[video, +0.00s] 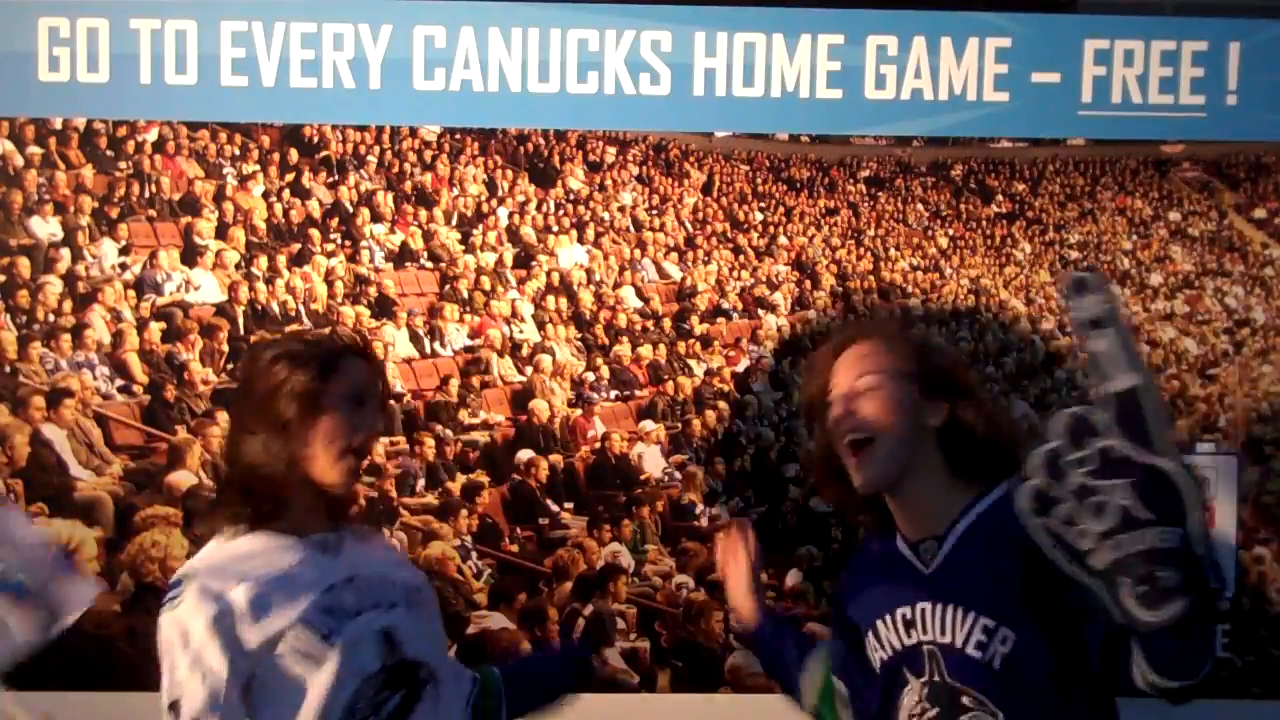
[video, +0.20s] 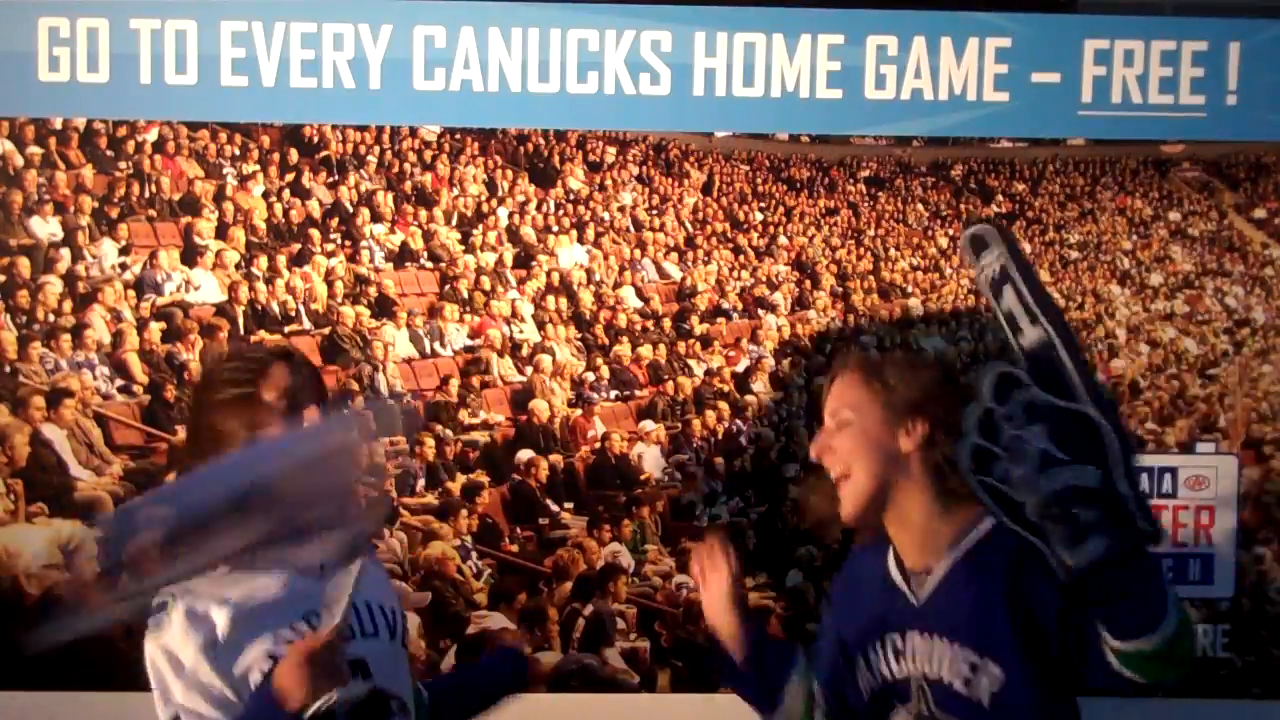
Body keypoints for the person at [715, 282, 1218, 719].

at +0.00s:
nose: (839, 412)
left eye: (866, 387)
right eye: (830, 403)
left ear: (935, 407)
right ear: (830, 436)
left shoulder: (1041, 529)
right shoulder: (868, 573)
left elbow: (1166, 679)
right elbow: (865, 701)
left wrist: (1163, 584)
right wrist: (758, 626)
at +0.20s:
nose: (818, 451)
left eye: (839, 424)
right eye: (823, 427)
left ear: (911, 433)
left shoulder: (1024, 566)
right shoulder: (859, 576)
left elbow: (1154, 674)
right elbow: (825, 707)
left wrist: (1103, 546)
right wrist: (737, 635)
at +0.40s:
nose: (830, 447)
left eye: (846, 416)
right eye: (835, 420)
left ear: (911, 413)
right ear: (909, 413)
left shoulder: (1011, 565)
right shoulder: (857, 557)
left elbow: (1086, 699)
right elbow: (838, 694)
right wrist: (736, 601)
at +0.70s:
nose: (850, 436)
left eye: (867, 408)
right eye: (847, 413)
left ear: (939, 404)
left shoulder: (1026, 568)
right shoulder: (855, 529)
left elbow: (1078, 716)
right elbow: (729, 555)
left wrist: (1127, 653)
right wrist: (794, 416)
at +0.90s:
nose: (837, 459)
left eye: (867, 436)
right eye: (834, 437)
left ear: (933, 447)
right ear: (826, 446)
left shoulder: (1024, 573)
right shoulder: (842, 557)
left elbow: (1082, 705)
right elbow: (717, 589)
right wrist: (801, 437)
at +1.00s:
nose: (844, 443)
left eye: (864, 417)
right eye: (832, 429)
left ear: (925, 416)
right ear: (820, 446)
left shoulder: (1027, 548)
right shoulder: (839, 548)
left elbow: (1080, 709)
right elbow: (718, 610)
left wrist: (1087, 566)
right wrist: (783, 457)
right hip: (869, 710)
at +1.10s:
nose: (845, 427)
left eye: (862, 397)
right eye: (828, 416)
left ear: (920, 398)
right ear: (823, 440)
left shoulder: (1020, 527)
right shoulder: (835, 540)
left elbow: (1105, 636)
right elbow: (739, 607)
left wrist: (1052, 497)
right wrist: (778, 468)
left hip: (1002, 706)